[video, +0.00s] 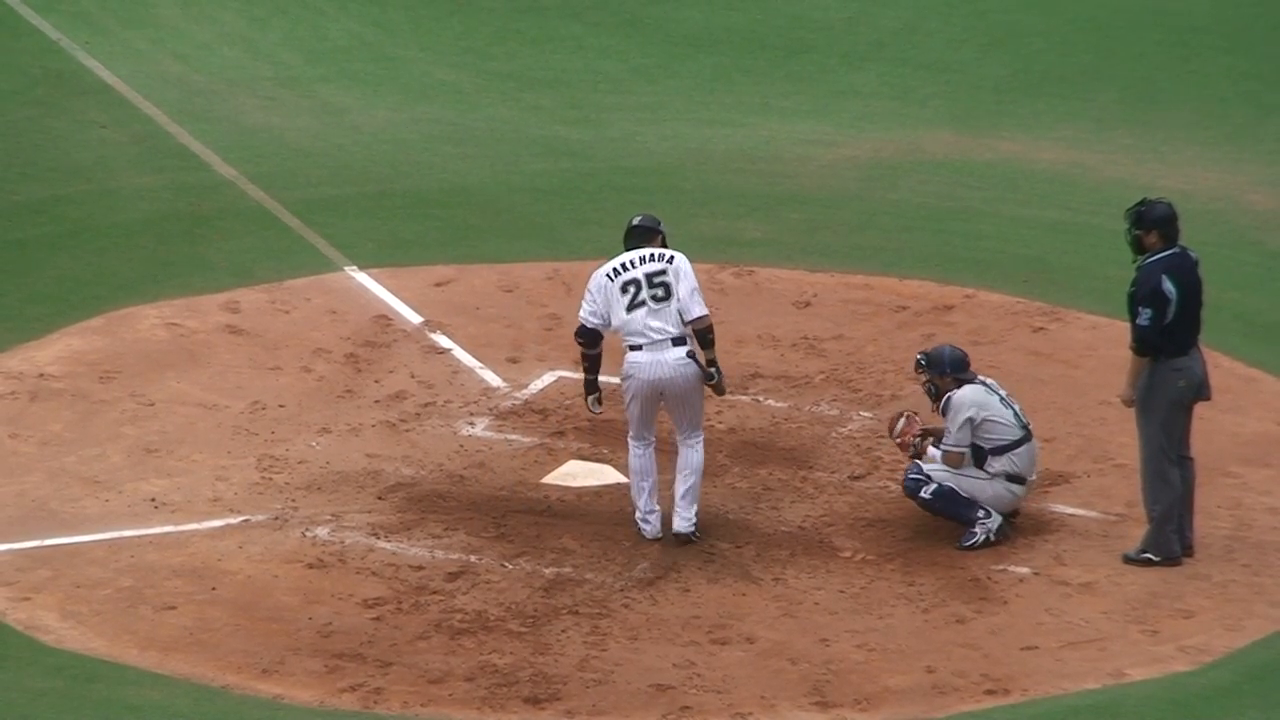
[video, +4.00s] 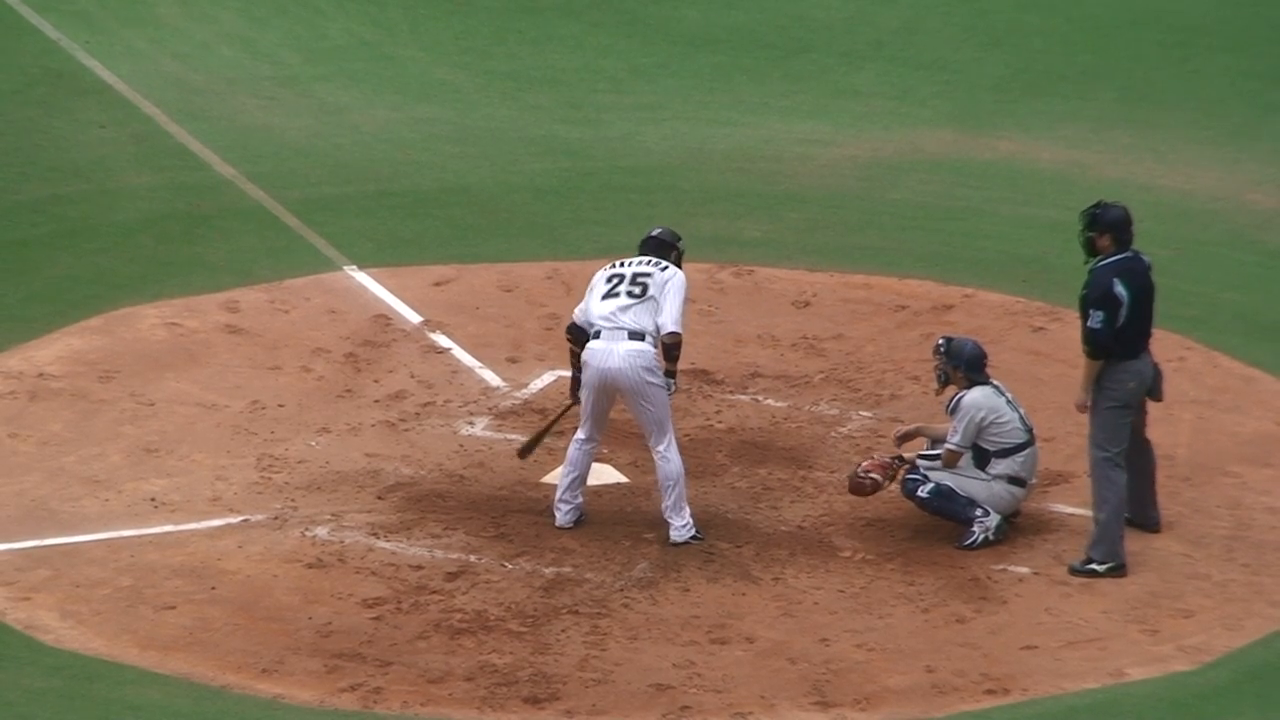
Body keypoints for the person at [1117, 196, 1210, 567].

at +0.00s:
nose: (1135, 236)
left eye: (1139, 231)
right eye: (1136, 229)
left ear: (1152, 236)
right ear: (1167, 232)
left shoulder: (1150, 275)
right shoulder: (1186, 260)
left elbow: (1143, 342)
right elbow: (1188, 322)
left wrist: (1130, 385)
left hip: (1164, 372)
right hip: (1188, 364)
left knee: (1158, 459)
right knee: (1177, 455)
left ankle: (1161, 544)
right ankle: (1179, 536)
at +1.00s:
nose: (1133, 236)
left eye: (1137, 231)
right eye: (1134, 229)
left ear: (1150, 236)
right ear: (1166, 233)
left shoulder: (1148, 275)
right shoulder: (1184, 260)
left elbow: (1140, 342)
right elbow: (1187, 323)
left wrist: (1126, 386)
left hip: (1161, 372)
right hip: (1186, 365)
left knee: (1155, 459)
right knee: (1175, 455)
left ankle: (1160, 544)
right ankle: (1178, 536)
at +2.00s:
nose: (1131, 237)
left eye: (1135, 232)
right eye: (1133, 230)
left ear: (1148, 236)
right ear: (1166, 232)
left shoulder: (1152, 272)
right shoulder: (1183, 261)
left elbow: (1144, 341)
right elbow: (1185, 323)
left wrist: (1129, 385)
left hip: (1163, 373)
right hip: (1186, 369)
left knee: (1124, 451)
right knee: (1174, 453)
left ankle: (1149, 540)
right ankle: (1177, 536)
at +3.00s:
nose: (1082, 249)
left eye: (1086, 244)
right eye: (1082, 242)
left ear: (1100, 248)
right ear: (1112, 245)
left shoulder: (1100, 289)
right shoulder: (1136, 269)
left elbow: (1094, 354)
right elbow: (1144, 326)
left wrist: (1079, 398)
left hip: (1124, 383)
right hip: (1150, 373)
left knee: (1094, 463)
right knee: (1140, 444)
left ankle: (1101, 557)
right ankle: (1146, 510)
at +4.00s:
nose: (1089, 238)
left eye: (1093, 233)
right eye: (1091, 231)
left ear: (1105, 239)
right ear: (1122, 235)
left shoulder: (1103, 277)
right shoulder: (1139, 263)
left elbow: (1096, 343)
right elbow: (1141, 323)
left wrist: (1085, 389)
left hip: (1115, 374)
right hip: (1140, 365)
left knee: (1106, 459)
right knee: (1134, 441)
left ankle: (1106, 554)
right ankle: (1144, 511)